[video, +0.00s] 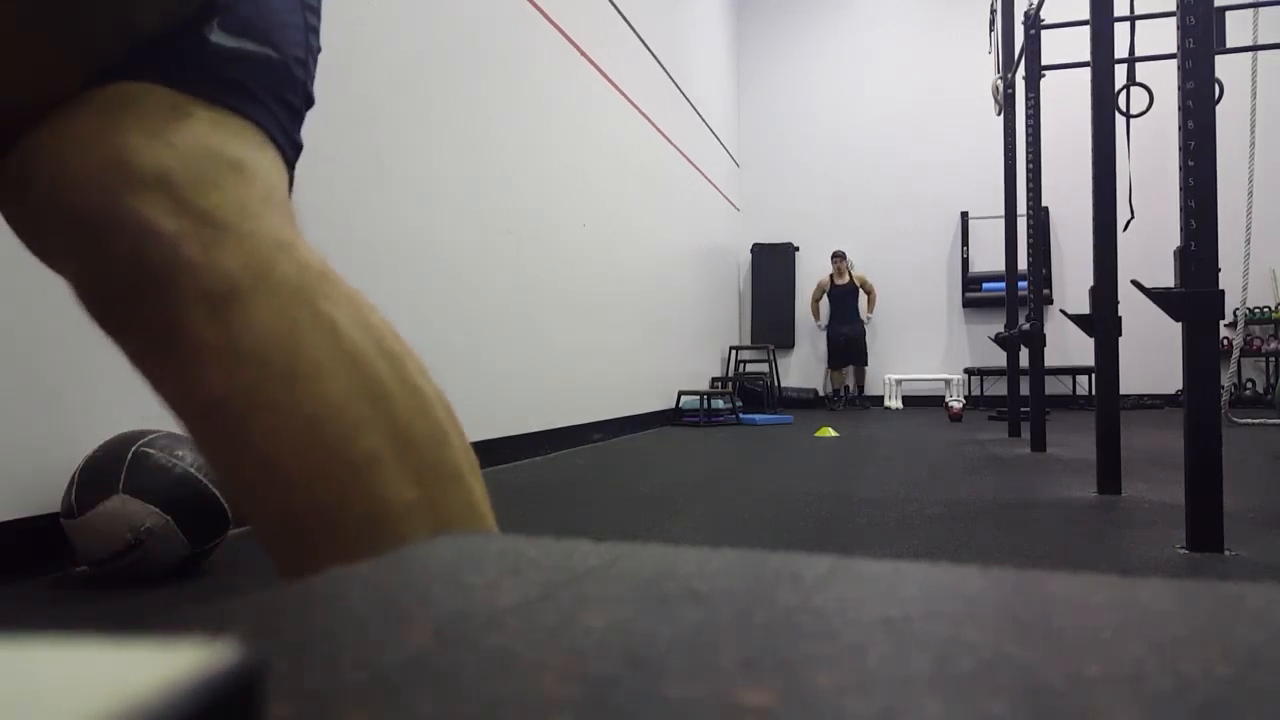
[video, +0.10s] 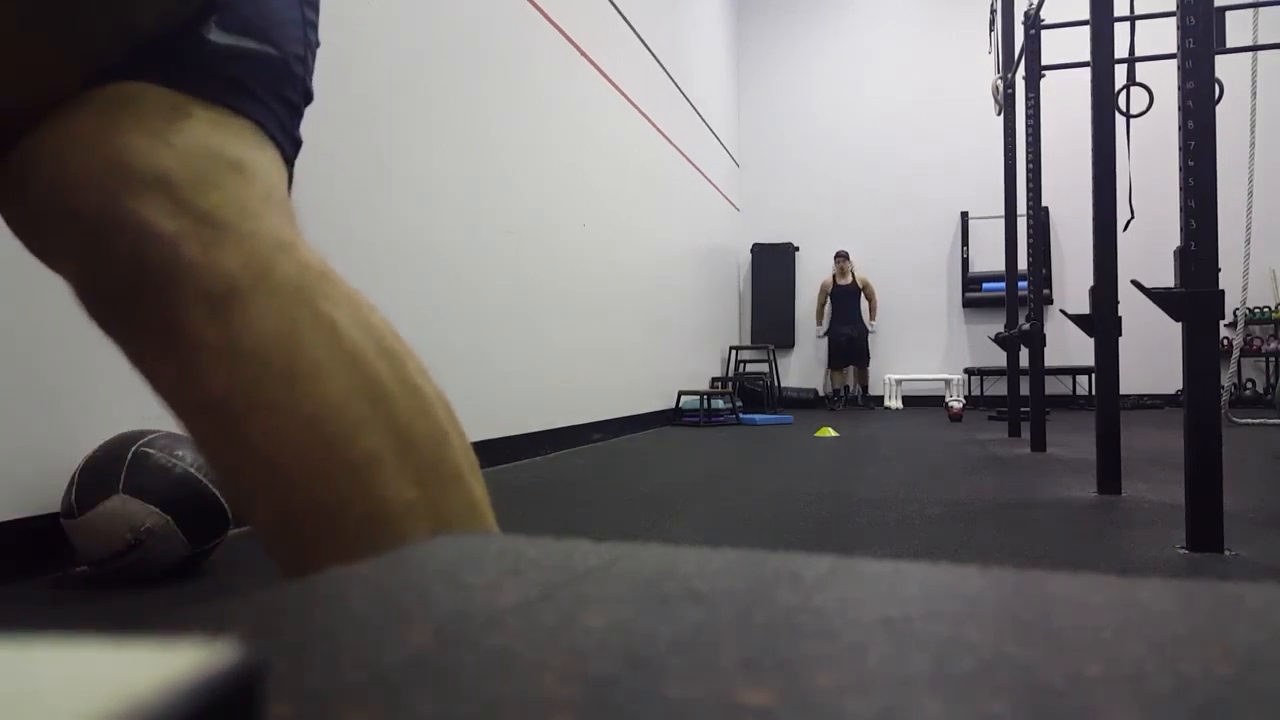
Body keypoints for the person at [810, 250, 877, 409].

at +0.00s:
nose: (838, 265)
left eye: (840, 262)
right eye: (835, 262)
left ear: (846, 262)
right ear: (831, 265)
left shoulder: (858, 279)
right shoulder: (825, 283)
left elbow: (871, 293)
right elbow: (815, 301)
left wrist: (869, 314)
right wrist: (818, 321)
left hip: (855, 326)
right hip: (835, 328)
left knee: (859, 364)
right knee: (836, 366)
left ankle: (860, 395)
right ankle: (837, 398)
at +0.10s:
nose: (841, 265)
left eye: (843, 261)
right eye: (838, 262)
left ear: (849, 263)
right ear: (834, 265)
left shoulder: (861, 281)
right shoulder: (828, 284)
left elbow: (871, 299)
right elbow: (821, 305)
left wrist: (872, 321)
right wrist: (819, 325)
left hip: (857, 328)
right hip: (837, 328)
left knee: (861, 365)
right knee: (836, 366)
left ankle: (864, 395)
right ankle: (837, 398)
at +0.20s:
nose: (845, 266)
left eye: (847, 263)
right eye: (842, 263)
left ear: (853, 264)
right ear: (838, 265)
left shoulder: (864, 282)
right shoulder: (832, 285)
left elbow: (874, 303)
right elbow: (827, 307)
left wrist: (873, 323)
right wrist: (825, 326)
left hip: (859, 329)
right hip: (839, 329)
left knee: (862, 366)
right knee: (837, 366)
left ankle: (865, 397)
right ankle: (837, 398)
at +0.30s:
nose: (849, 268)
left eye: (852, 264)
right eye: (846, 265)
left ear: (857, 265)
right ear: (842, 267)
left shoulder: (868, 283)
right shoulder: (837, 284)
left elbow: (878, 304)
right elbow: (831, 305)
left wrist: (874, 325)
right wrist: (828, 323)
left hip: (860, 329)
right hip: (841, 329)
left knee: (862, 366)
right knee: (838, 366)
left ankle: (864, 396)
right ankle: (838, 397)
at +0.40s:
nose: (853, 268)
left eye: (857, 265)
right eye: (851, 266)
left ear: (862, 266)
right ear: (847, 267)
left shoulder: (872, 284)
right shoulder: (839, 284)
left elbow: (880, 307)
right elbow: (834, 304)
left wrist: (876, 327)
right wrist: (830, 320)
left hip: (861, 329)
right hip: (842, 328)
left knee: (863, 366)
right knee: (838, 365)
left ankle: (864, 397)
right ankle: (838, 396)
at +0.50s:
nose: (857, 267)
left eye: (860, 264)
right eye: (854, 264)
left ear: (864, 266)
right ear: (850, 265)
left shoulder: (873, 283)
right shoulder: (840, 282)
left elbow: (878, 305)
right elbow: (835, 302)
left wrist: (878, 322)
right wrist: (830, 314)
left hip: (862, 329)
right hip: (842, 328)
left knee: (863, 366)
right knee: (838, 364)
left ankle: (865, 396)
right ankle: (837, 396)